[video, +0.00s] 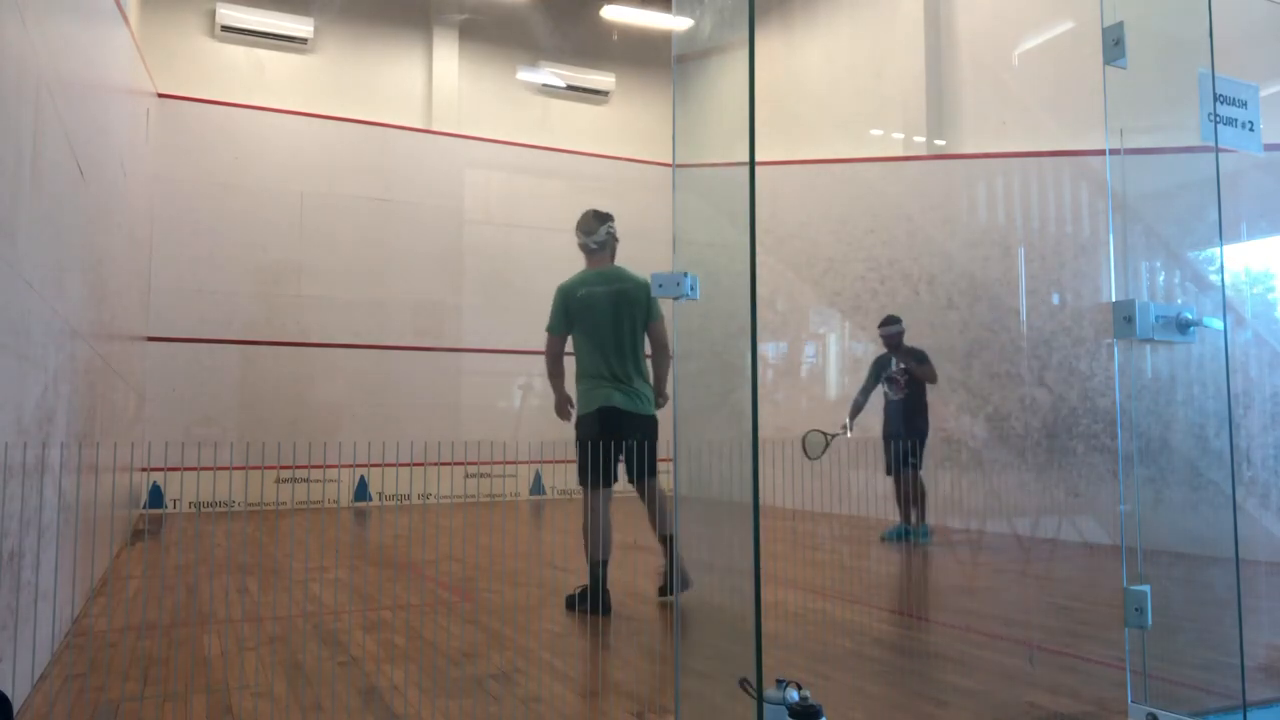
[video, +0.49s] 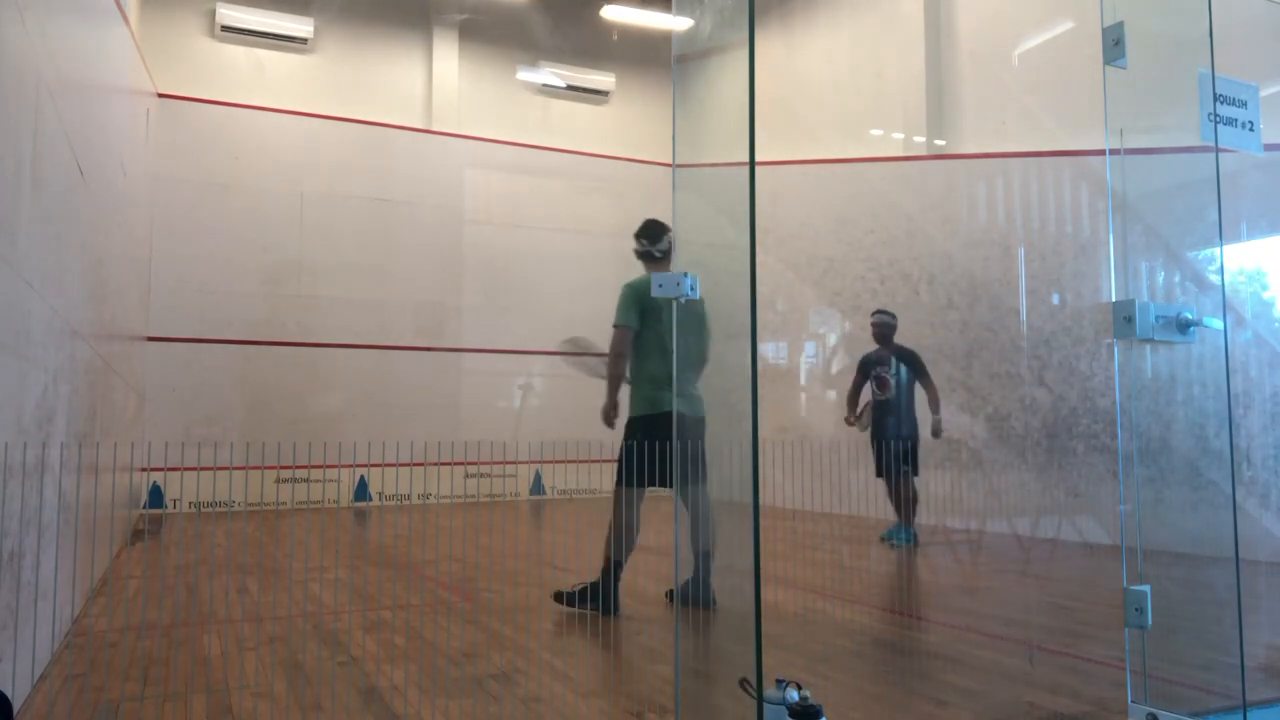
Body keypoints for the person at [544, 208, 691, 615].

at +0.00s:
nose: (582, 248)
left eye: (579, 242)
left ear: (580, 245)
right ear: (615, 243)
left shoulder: (569, 291)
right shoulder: (639, 286)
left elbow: (554, 352)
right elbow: (661, 346)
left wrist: (559, 393)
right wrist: (660, 388)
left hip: (595, 410)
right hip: (640, 409)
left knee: (595, 498)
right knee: (649, 487)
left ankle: (597, 589)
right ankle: (676, 567)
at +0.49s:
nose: (642, 255)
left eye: (639, 249)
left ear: (638, 252)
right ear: (672, 249)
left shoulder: (636, 291)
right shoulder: (692, 295)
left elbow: (619, 350)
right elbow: (700, 357)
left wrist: (612, 398)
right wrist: (676, 384)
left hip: (649, 415)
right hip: (690, 416)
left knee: (627, 499)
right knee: (697, 499)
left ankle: (605, 587)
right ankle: (701, 584)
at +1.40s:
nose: (646, 250)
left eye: (647, 244)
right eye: (649, 244)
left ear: (651, 245)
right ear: (679, 246)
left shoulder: (651, 282)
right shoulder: (696, 291)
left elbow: (648, 331)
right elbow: (712, 355)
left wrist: (614, 388)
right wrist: (684, 384)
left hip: (657, 409)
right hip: (691, 411)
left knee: (628, 489)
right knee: (694, 495)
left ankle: (639, 586)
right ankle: (700, 584)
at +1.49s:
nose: (635, 245)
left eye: (637, 239)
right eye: (639, 238)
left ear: (642, 244)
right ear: (671, 247)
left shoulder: (648, 282)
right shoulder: (684, 287)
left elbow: (644, 338)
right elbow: (684, 350)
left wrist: (607, 388)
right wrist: (632, 356)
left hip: (654, 410)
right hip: (685, 410)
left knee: (629, 493)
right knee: (689, 495)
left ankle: (623, 593)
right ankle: (700, 584)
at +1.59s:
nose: (624, 248)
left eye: (626, 242)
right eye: (627, 242)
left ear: (632, 244)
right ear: (658, 246)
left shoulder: (641, 284)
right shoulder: (669, 287)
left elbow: (643, 340)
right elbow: (661, 351)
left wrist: (599, 387)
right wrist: (618, 367)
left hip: (647, 412)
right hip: (669, 410)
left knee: (625, 499)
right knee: (679, 497)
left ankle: (610, 597)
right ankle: (699, 583)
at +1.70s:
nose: (610, 246)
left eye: (611, 239)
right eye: (613, 238)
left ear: (617, 242)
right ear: (644, 243)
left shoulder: (633, 285)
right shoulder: (655, 287)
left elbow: (640, 341)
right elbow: (643, 356)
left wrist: (589, 382)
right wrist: (594, 366)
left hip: (637, 411)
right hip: (657, 409)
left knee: (615, 497)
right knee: (662, 493)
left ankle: (610, 604)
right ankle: (696, 579)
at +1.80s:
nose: (594, 241)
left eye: (598, 234)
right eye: (596, 234)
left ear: (609, 238)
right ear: (625, 239)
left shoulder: (625, 282)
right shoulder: (629, 283)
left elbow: (631, 341)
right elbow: (622, 353)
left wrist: (572, 376)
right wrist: (571, 358)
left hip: (624, 408)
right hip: (628, 406)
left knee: (606, 499)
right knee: (629, 495)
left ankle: (609, 604)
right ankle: (677, 569)